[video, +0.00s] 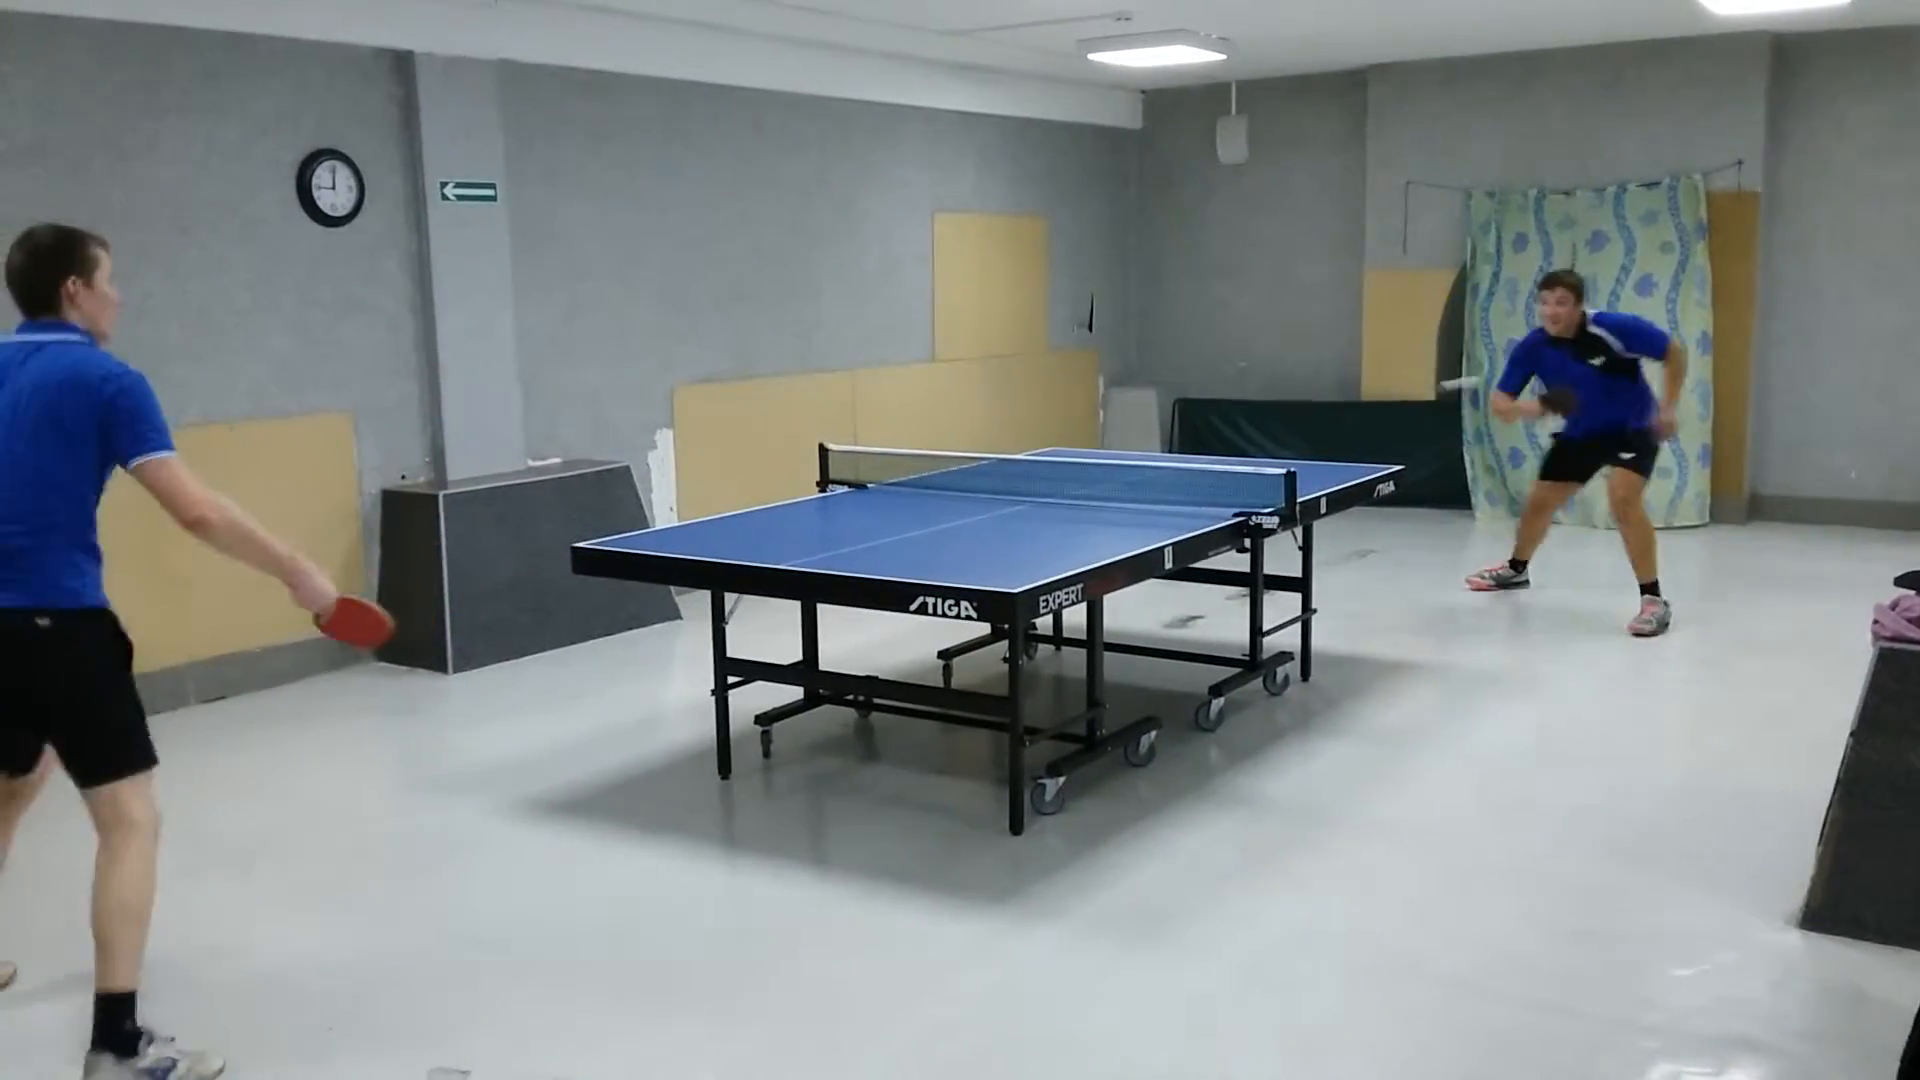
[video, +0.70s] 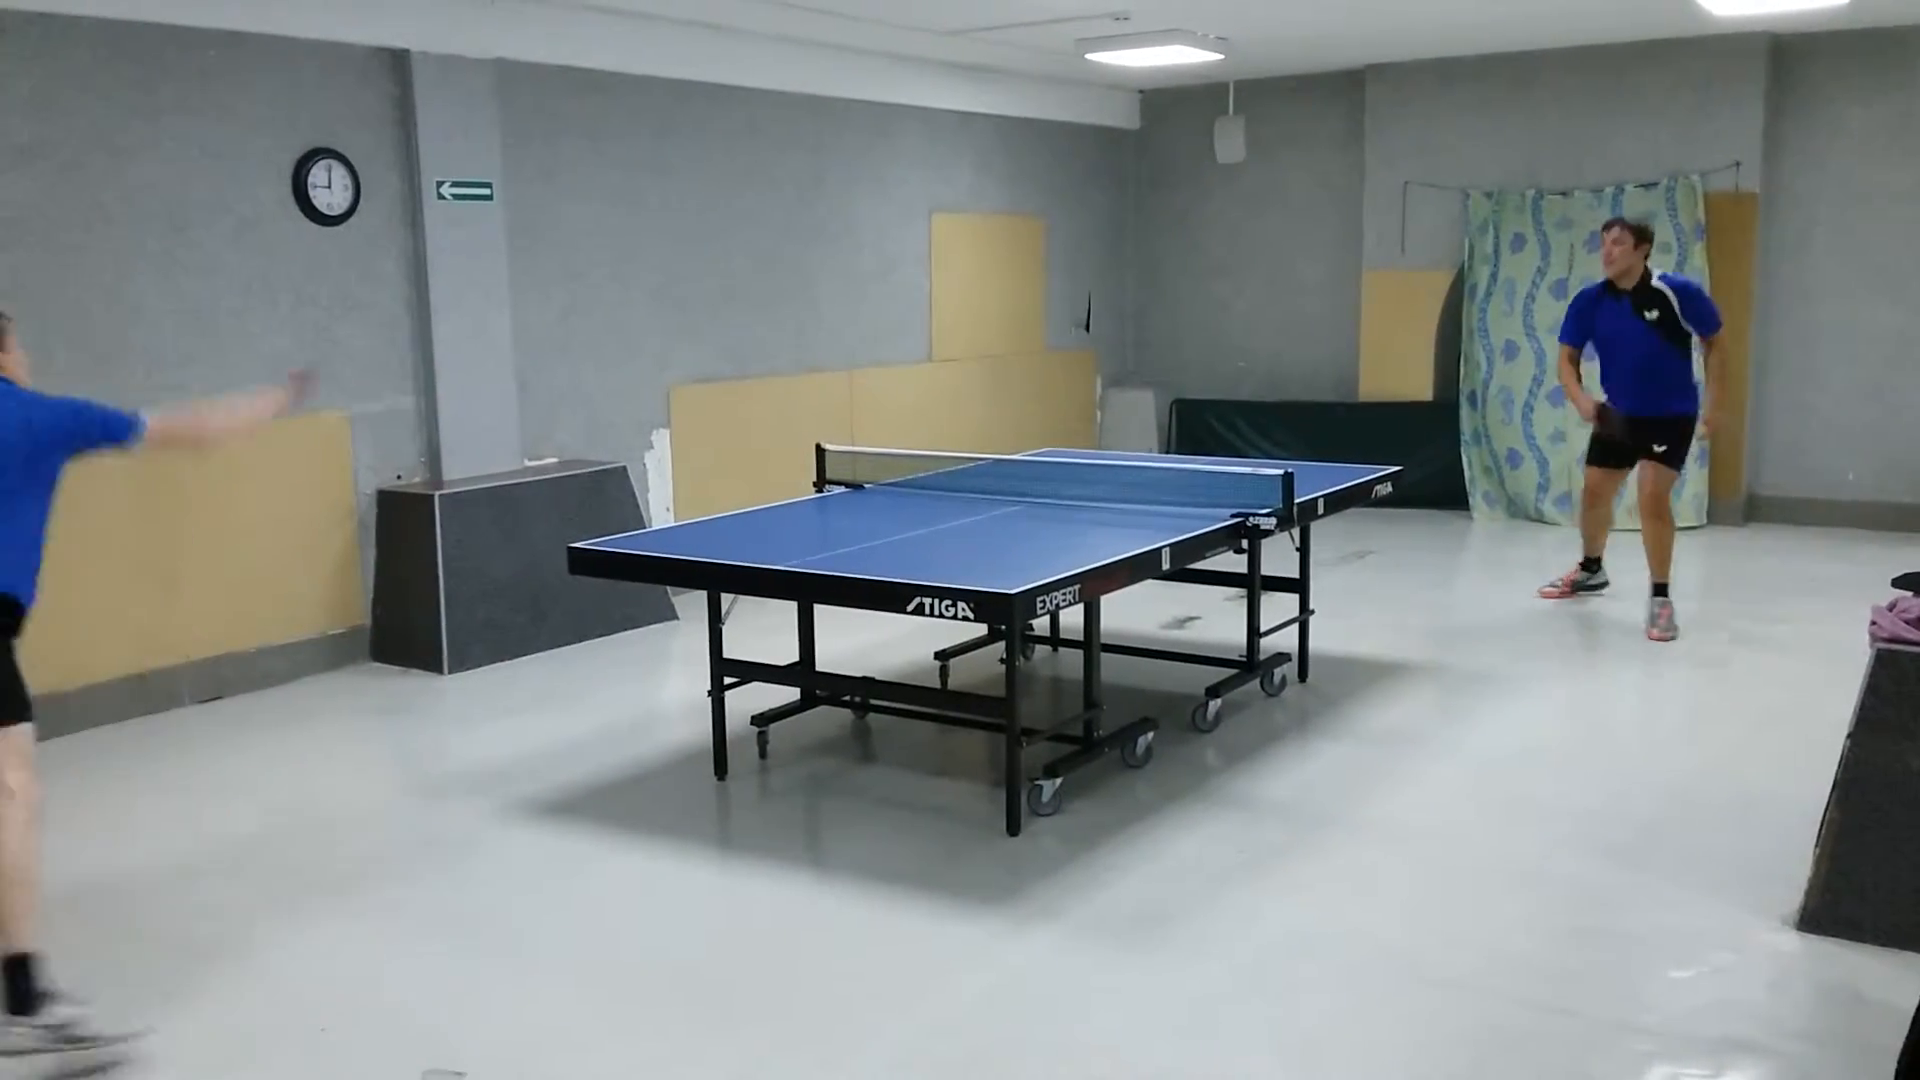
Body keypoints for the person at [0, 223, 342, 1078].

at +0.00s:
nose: (117, 297)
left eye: (113, 281)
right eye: (109, 282)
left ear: (42, 293)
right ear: (73, 292)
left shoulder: (6, 363)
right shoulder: (101, 377)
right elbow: (193, 507)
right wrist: (295, 570)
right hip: (63, 627)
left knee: (11, 788)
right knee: (127, 821)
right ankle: (117, 1037)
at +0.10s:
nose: (139, 278)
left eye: (134, 262)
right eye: (129, 263)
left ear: (64, 274)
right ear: (91, 271)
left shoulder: (9, 345)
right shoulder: (106, 363)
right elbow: (177, 514)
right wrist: (280, 573)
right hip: (60, 607)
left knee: (23, 747)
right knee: (158, 789)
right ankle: (136, 1014)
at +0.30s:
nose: (168, 364)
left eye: (163, 347)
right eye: (159, 347)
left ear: (93, 359)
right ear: (123, 356)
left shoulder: (32, 427)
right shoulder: (115, 446)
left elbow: (19, 552)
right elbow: (176, 599)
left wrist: (95, 610)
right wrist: (287, 620)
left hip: (10, 672)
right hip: (35, 684)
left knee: (24, 778)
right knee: (180, 816)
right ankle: (145, 1031)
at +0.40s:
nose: (163, 407)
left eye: (160, 392)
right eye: (154, 392)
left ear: (89, 402)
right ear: (120, 399)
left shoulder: (26, 463)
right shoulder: (119, 483)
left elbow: (27, 588)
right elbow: (157, 626)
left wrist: (118, 626)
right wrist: (209, 690)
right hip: (34, 704)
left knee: (23, 775)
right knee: (192, 826)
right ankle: (150, 1034)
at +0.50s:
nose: (122, 404)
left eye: (118, 388)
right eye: (115, 389)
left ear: (47, 396)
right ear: (86, 393)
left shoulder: (11, 454)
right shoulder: (98, 469)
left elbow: (19, 570)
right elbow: (146, 607)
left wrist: (76, 624)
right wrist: (119, 675)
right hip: (27, 682)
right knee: (153, 822)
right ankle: (149, 1032)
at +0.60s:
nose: (70, 374)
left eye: (67, 360)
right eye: (63, 360)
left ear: (21, 366)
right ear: (35, 365)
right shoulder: (52, 427)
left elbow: (162, 528)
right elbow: (162, 529)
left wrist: (128, 539)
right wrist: (124, 552)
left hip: (16, 640)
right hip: (13, 638)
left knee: (47, 812)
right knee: (46, 812)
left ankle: (121, 1008)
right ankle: (121, 1010)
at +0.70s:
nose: (22, 359)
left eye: (18, 346)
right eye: (17, 347)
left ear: (0, 357)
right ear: (7, 354)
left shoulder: (30, 415)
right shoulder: (30, 414)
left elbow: (177, 427)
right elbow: (180, 428)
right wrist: (276, 397)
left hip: (5, 636)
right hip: (1, 635)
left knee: (17, 792)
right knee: (15, 790)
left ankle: (24, 993)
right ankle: (22, 993)